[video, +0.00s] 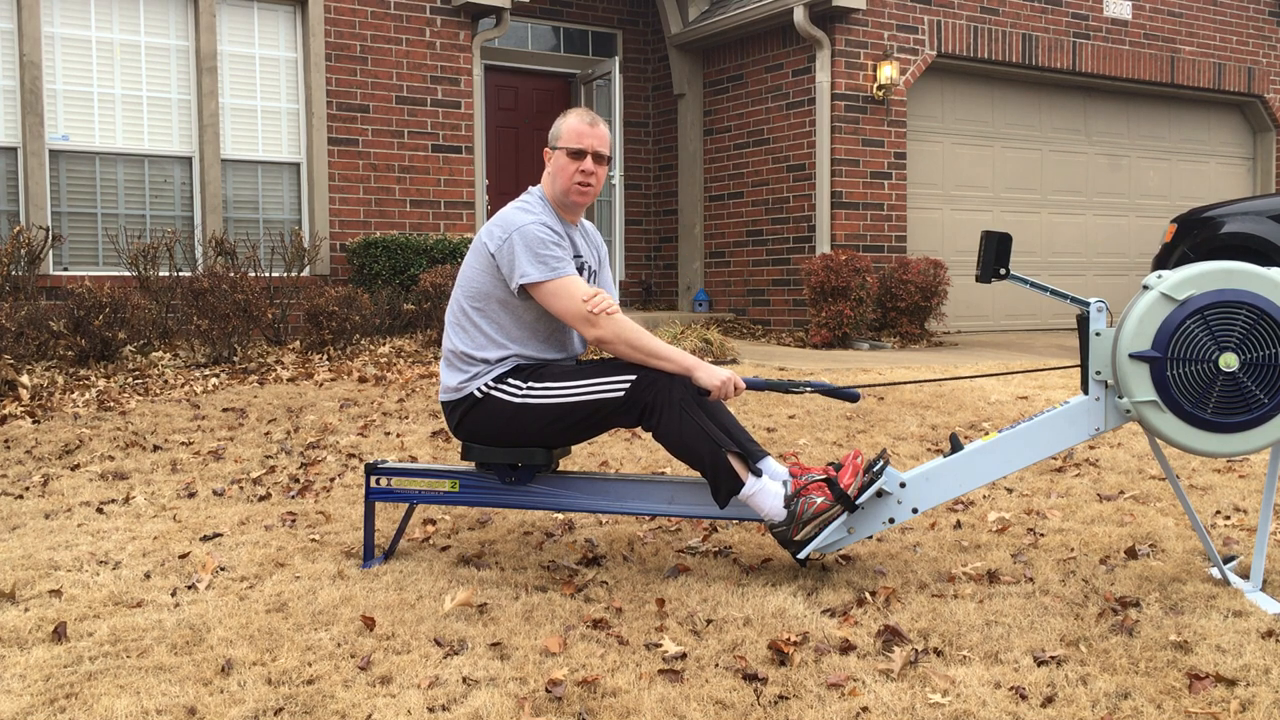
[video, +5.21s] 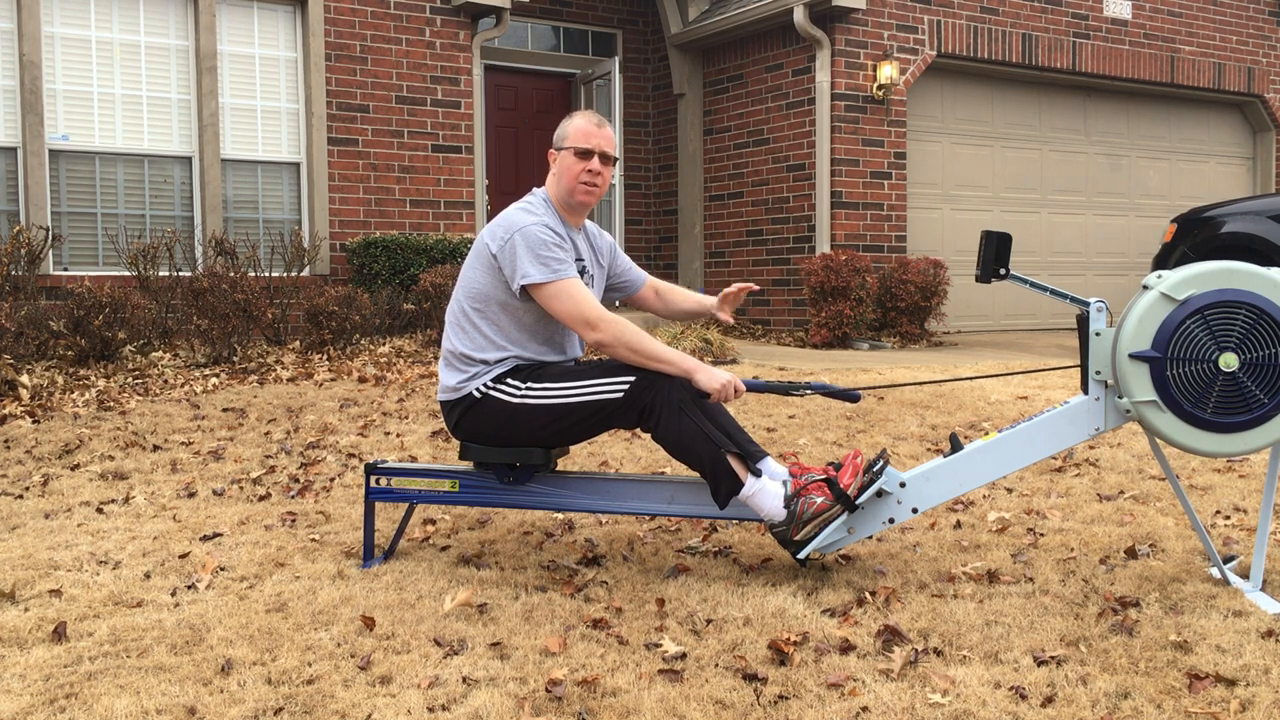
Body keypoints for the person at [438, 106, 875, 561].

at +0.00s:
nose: (588, 169)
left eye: (599, 160)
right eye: (575, 155)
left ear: (608, 170)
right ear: (546, 158)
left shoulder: (590, 240)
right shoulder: (524, 225)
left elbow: (612, 334)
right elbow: (597, 326)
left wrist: (609, 312)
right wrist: (697, 368)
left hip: (542, 377)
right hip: (488, 390)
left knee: (675, 379)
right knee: (652, 387)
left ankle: (788, 485)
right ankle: (777, 510)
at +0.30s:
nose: (588, 170)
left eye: (599, 161)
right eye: (575, 156)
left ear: (608, 171)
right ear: (546, 159)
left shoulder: (587, 239)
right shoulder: (524, 226)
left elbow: (605, 334)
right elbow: (596, 327)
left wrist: (626, 328)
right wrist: (699, 370)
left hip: (539, 375)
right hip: (487, 389)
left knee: (675, 378)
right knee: (651, 387)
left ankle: (787, 487)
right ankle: (777, 510)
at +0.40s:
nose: (588, 169)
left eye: (599, 160)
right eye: (575, 155)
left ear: (608, 170)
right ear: (546, 159)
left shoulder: (587, 239)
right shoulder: (523, 226)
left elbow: (606, 330)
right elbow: (594, 326)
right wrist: (698, 369)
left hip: (540, 376)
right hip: (487, 391)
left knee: (675, 379)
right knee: (652, 386)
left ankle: (788, 485)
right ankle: (777, 510)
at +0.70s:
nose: (585, 170)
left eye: (597, 161)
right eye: (573, 156)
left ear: (606, 170)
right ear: (545, 158)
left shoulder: (583, 236)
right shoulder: (523, 226)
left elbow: (614, 322)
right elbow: (594, 327)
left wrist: (676, 323)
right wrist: (697, 369)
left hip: (540, 376)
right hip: (487, 391)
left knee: (675, 377)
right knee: (651, 386)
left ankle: (787, 484)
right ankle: (777, 510)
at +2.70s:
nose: (592, 168)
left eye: (603, 160)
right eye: (580, 154)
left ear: (610, 171)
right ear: (548, 157)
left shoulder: (587, 239)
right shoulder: (524, 226)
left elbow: (636, 319)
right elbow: (593, 327)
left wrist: (693, 300)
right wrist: (698, 370)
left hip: (540, 377)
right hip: (487, 391)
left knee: (675, 377)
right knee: (650, 387)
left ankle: (787, 485)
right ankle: (776, 510)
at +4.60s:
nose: (595, 167)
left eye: (605, 159)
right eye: (582, 153)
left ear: (611, 171)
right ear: (550, 158)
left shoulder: (587, 238)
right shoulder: (526, 225)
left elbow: (644, 318)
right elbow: (593, 328)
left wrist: (653, 279)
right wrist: (699, 371)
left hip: (539, 376)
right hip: (486, 390)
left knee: (675, 378)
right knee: (650, 388)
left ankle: (786, 483)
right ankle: (775, 510)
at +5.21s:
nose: (595, 168)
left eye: (606, 161)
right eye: (583, 155)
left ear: (612, 173)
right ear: (552, 159)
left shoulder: (592, 237)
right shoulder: (525, 227)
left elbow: (651, 293)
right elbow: (596, 329)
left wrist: (710, 304)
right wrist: (700, 372)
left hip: (539, 376)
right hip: (486, 390)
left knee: (675, 378)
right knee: (650, 388)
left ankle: (785, 484)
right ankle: (776, 509)